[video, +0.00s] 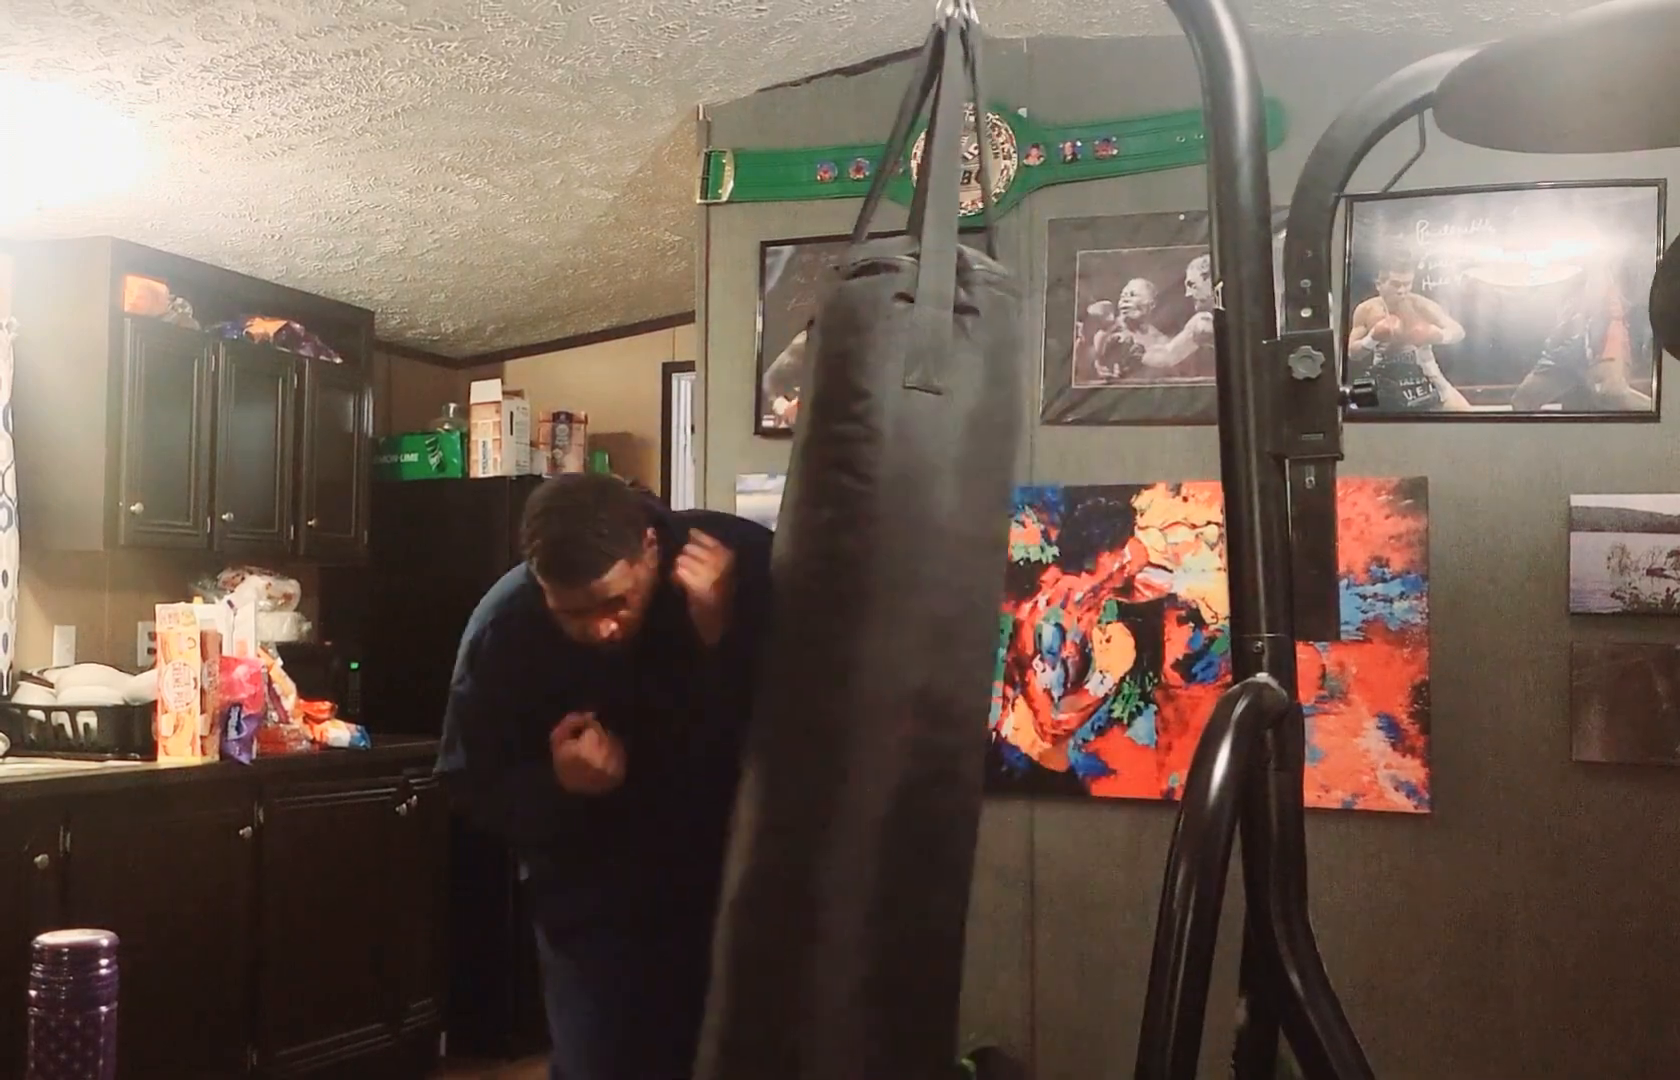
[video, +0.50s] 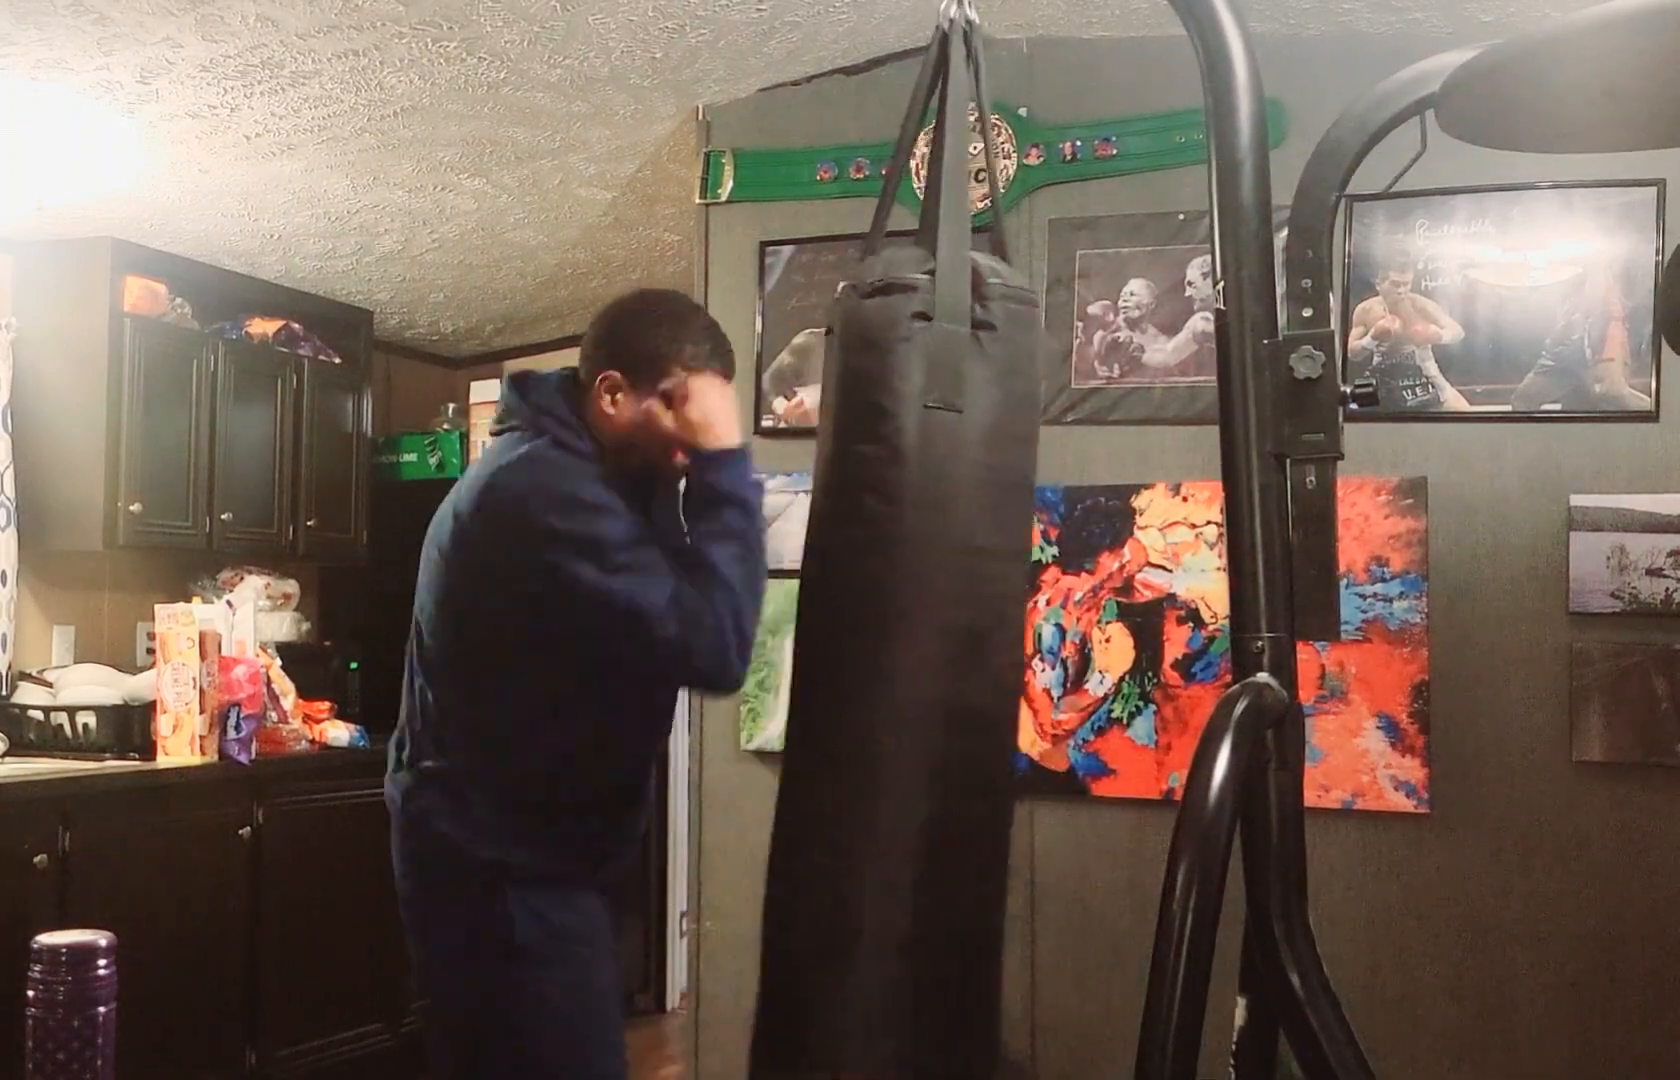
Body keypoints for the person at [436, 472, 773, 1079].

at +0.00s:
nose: (597, 630)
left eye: (615, 606)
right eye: (573, 615)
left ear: (651, 550)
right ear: (541, 583)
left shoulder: (746, 568)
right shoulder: (504, 630)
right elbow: (468, 783)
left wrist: (722, 632)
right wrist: (556, 781)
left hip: (720, 873)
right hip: (586, 892)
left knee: (715, 1055)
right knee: (596, 1060)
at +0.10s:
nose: (592, 616)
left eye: (609, 588)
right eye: (564, 599)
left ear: (640, 534)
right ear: (524, 565)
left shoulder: (724, 555)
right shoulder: (477, 632)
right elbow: (441, 792)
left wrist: (718, 625)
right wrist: (540, 778)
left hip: (692, 863)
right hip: (561, 890)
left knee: (692, 1051)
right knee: (583, 1060)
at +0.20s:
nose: (617, 575)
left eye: (634, 546)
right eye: (587, 556)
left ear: (657, 504)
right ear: (532, 522)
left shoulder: (728, 539)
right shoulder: (476, 601)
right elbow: (443, 799)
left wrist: (731, 632)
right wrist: (551, 733)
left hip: (671, 857)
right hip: (536, 881)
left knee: (675, 1054)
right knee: (567, 1060)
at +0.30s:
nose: (657, 523)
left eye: (670, 493)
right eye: (629, 503)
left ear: (682, 460)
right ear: (560, 479)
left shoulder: (704, 511)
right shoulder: (485, 572)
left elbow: (745, 701)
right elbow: (491, 794)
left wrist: (726, 623)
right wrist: (605, 640)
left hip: (632, 854)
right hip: (517, 866)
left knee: (646, 1059)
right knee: (564, 1063)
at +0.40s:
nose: (685, 471)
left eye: (696, 448)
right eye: (662, 449)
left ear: (706, 427)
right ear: (584, 426)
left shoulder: (625, 510)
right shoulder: (513, 535)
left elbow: (718, 669)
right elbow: (622, 740)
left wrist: (724, 581)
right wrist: (672, 545)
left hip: (581, 866)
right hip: (510, 882)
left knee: (597, 1054)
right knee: (562, 1064)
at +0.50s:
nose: (692, 447)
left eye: (699, 423)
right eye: (682, 418)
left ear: (607, 395)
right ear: (611, 394)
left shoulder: (567, 469)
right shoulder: (544, 489)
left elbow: (698, 624)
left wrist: (699, 467)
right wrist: (723, 460)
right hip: (506, 876)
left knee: (542, 1061)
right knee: (568, 1065)